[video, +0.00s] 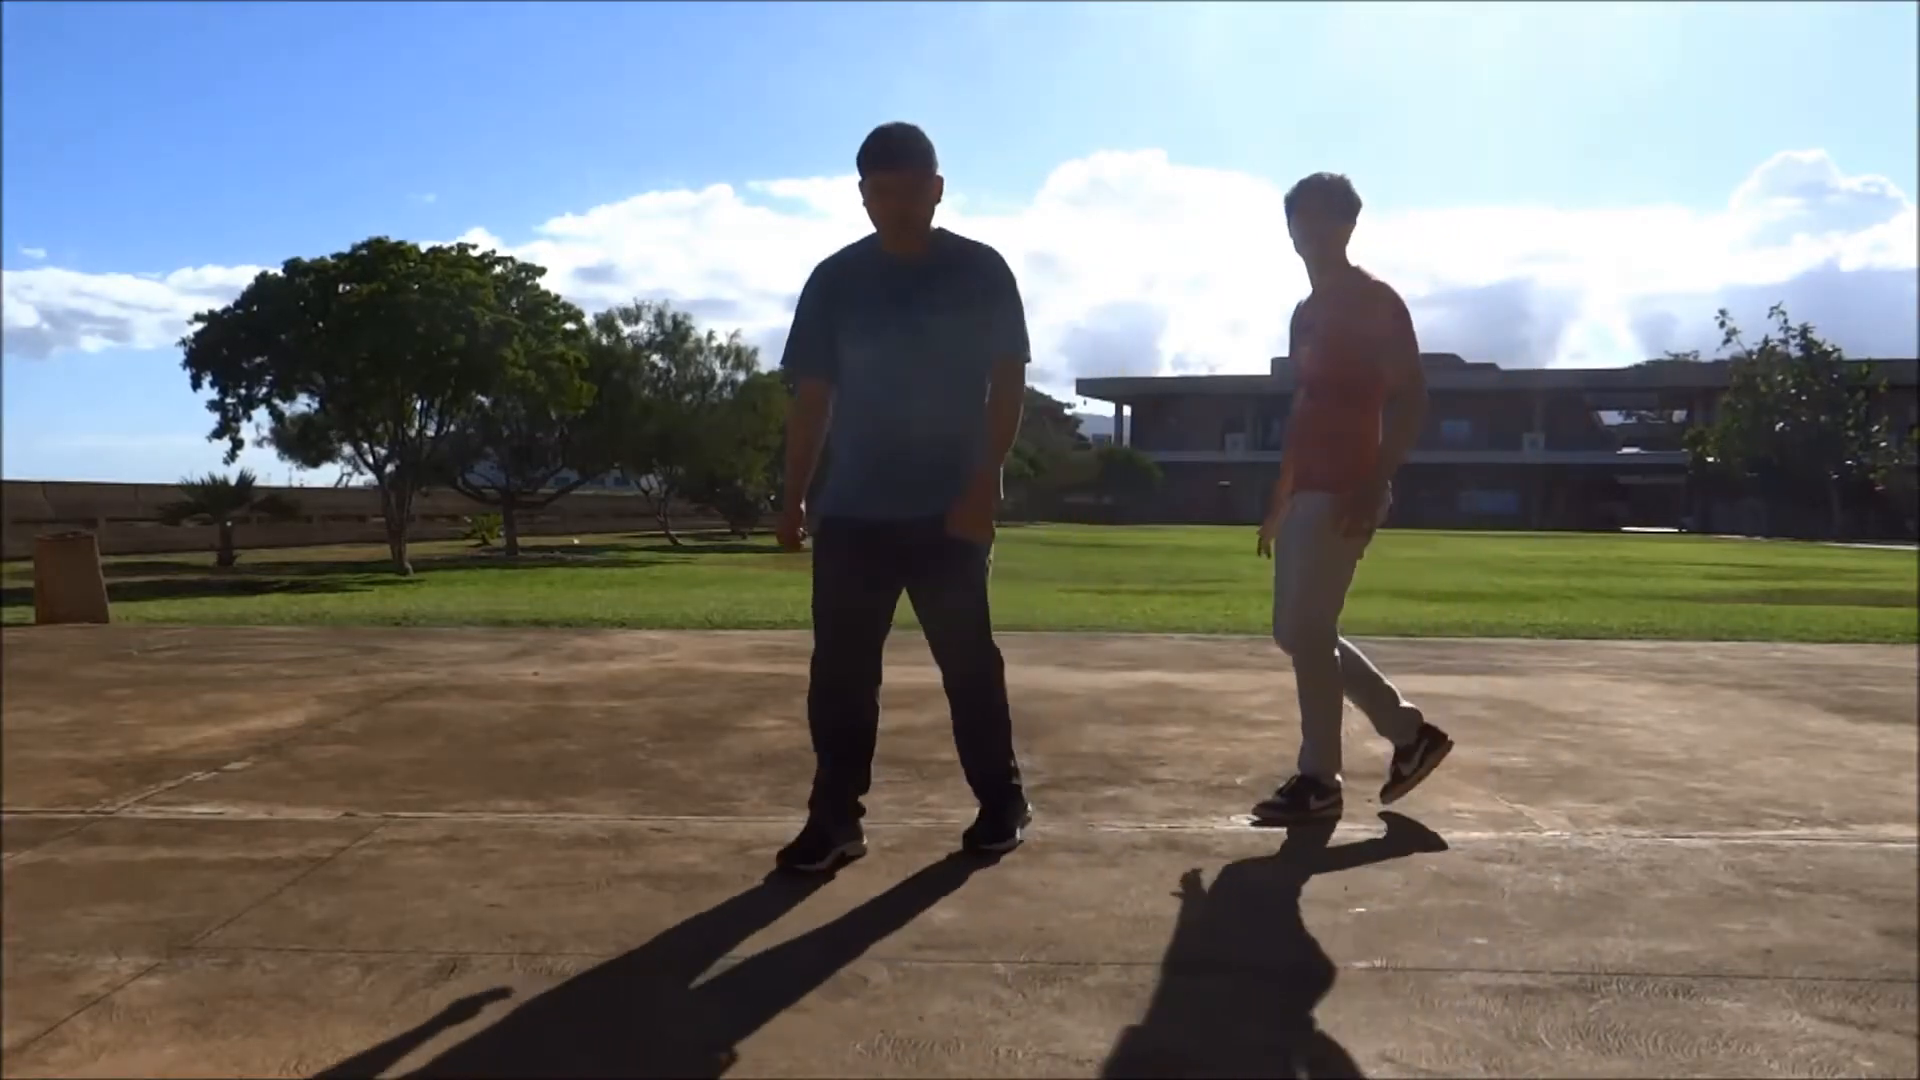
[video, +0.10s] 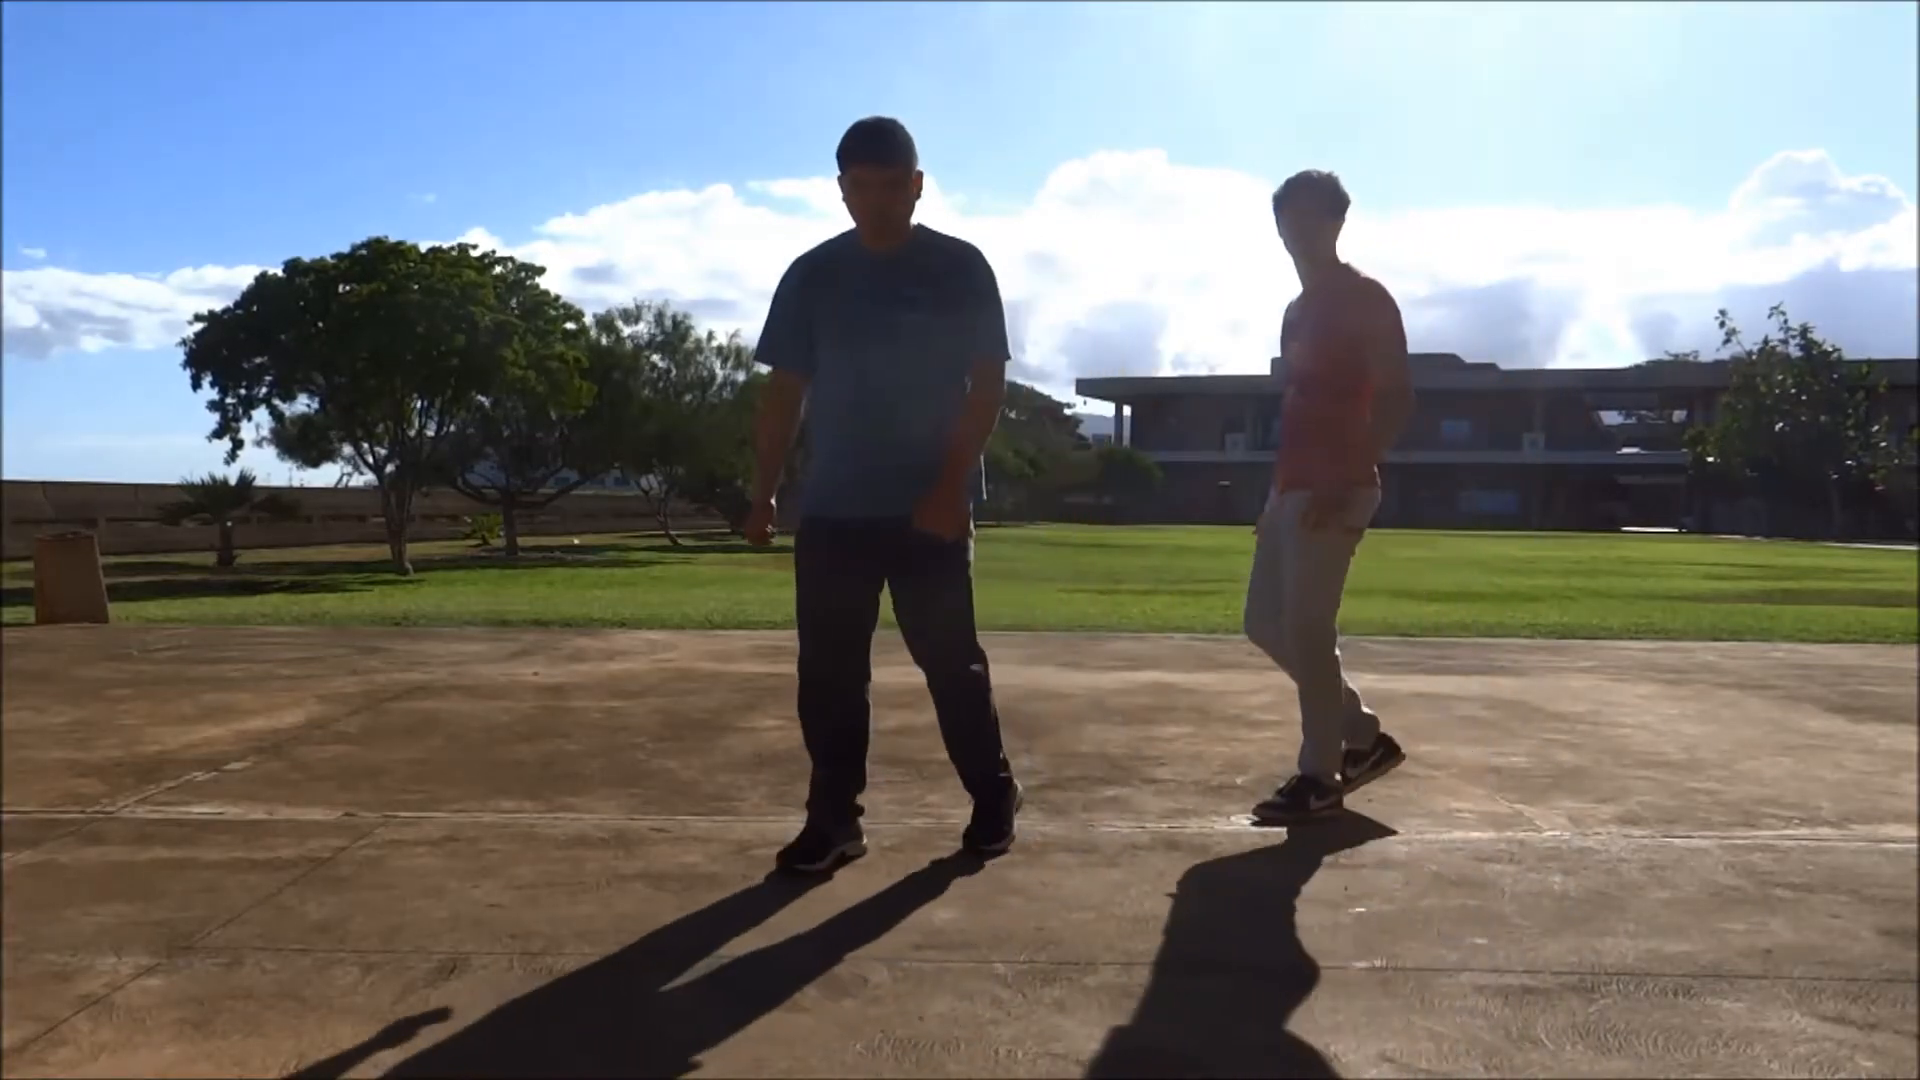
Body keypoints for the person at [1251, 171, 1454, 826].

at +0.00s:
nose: (1298, 237)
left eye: (1308, 223)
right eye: (1293, 224)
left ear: (1342, 223)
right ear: (1293, 230)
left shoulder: (1380, 306)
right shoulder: (1306, 315)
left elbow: (1409, 404)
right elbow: (1305, 416)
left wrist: (1376, 487)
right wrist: (1279, 500)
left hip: (1345, 491)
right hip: (1301, 492)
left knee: (1311, 630)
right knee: (1293, 629)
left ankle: (1319, 780)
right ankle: (1411, 734)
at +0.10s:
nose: (1284, 231)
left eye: (1294, 216)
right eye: (1281, 219)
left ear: (1329, 219)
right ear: (1284, 225)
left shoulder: (1369, 301)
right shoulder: (1297, 311)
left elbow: (1396, 403)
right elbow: (1306, 409)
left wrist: (1347, 484)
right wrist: (1282, 485)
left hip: (1337, 493)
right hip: (1291, 490)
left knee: (1309, 629)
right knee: (1264, 623)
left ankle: (1319, 778)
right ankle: (1362, 736)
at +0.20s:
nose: (1269, 229)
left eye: (1277, 215)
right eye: (1268, 217)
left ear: (1312, 217)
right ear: (1281, 223)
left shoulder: (1358, 297)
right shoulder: (1286, 311)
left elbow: (1381, 400)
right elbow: (1292, 403)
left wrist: (1321, 474)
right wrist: (1279, 474)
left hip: (1328, 488)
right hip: (1282, 483)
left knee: (1310, 632)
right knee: (1242, 619)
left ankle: (1320, 780)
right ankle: (1299, 755)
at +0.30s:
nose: (1259, 231)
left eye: (1268, 217)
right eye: (1255, 220)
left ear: (1304, 217)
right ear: (1257, 226)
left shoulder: (1345, 297)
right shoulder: (1275, 310)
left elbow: (1363, 399)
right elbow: (1277, 406)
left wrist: (1301, 461)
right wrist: (1257, 479)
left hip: (1319, 489)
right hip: (1270, 488)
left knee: (1307, 631)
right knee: (1220, 615)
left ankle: (1320, 779)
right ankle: (1243, 760)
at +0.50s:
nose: (1230, 232)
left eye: (1242, 218)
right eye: (1223, 222)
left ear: (1274, 221)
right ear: (1218, 231)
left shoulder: (1309, 296)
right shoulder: (1241, 315)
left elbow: (1324, 395)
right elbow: (1249, 403)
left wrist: (1229, 443)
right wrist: (1220, 461)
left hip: (1288, 495)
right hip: (1239, 493)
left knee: (1293, 636)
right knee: (1191, 624)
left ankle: (1319, 778)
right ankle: (1145, 759)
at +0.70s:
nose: (1168, 242)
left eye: (1178, 228)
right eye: (1166, 230)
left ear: (1218, 228)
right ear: (1180, 235)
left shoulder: (1249, 302)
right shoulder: (1206, 310)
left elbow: (1249, 406)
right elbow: (1205, 409)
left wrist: (1164, 458)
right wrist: (1167, 473)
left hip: (1234, 502)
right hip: (1187, 502)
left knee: (1256, 636)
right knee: (1147, 628)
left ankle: (1312, 774)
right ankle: (1119, 768)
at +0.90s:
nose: (1111, 238)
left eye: (1120, 226)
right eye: (1111, 227)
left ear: (1160, 229)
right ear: (1146, 233)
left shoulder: (1185, 299)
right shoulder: (1160, 303)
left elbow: (1183, 413)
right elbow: (1156, 410)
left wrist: (1115, 481)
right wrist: (1112, 487)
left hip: (1167, 494)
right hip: (1133, 493)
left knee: (1180, 629)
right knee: (1107, 624)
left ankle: (1283, 753)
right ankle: (1113, 768)